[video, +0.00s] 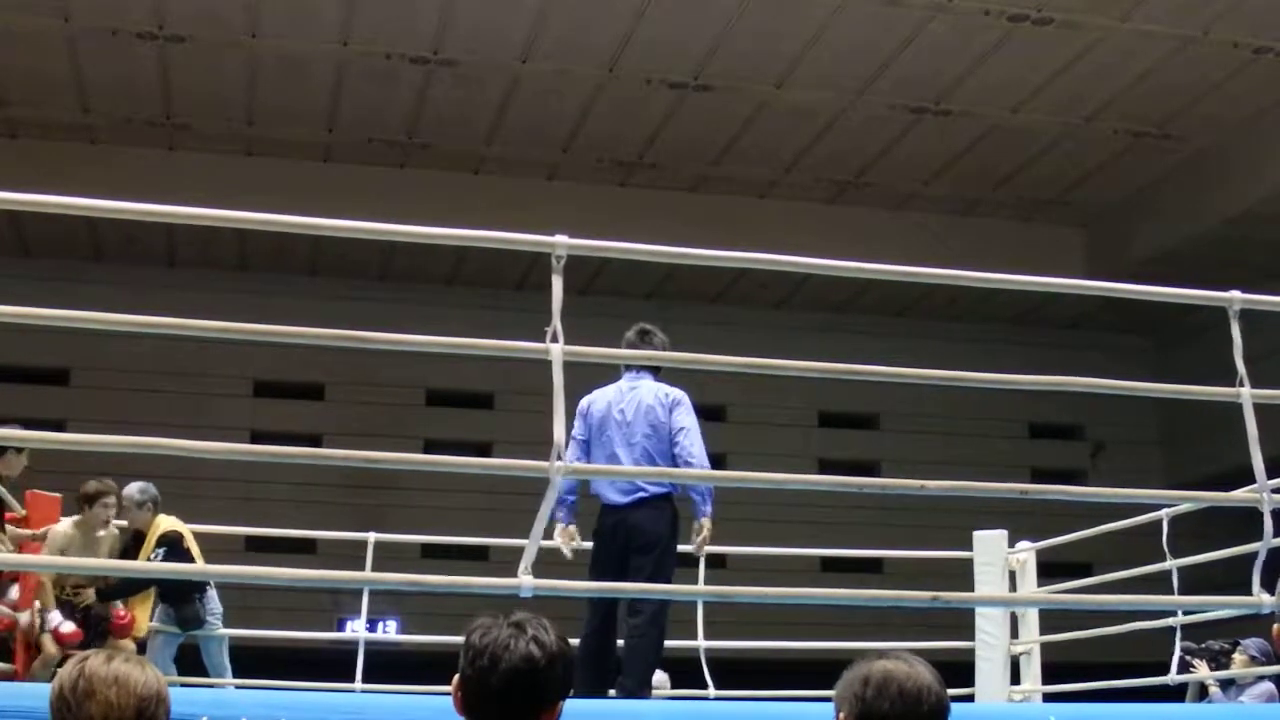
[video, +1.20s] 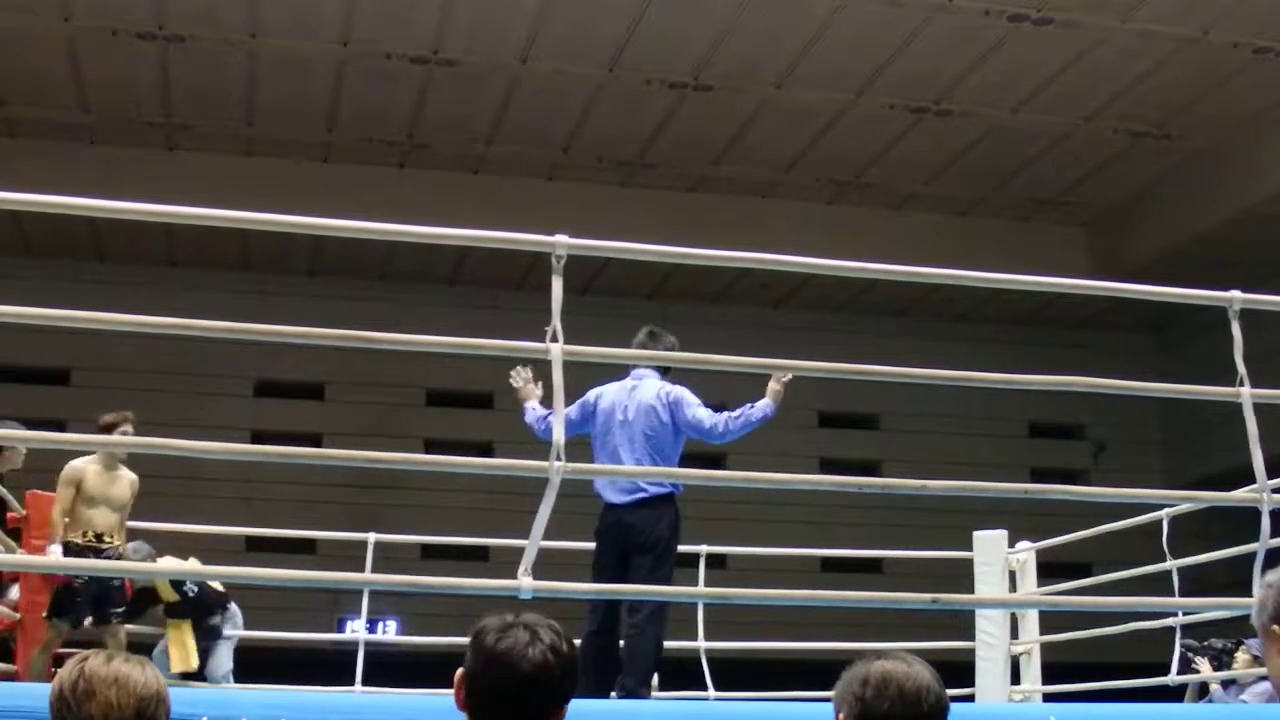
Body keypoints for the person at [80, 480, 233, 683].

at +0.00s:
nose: (123, 514)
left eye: (127, 509)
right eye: (123, 509)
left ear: (148, 509)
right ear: (145, 510)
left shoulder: (170, 534)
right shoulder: (138, 535)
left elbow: (146, 579)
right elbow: (122, 568)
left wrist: (99, 595)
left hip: (201, 600)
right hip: (170, 603)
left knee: (218, 666)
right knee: (157, 658)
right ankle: (174, 711)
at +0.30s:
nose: (130, 511)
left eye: (135, 505)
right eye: (129, 506)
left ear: (155, 504)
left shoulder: (175, 529)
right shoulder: (144, 535)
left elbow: (167, 571)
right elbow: (126, 568)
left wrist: (130, 579)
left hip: (203, 601)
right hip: (171, 604)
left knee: (219, 666)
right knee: (156, 658)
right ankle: (179, 708)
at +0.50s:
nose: (131, 523)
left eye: (134, 517)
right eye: (130, 518)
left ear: (154, 516)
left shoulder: (177, 536)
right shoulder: (145, 544)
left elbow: (186, 579)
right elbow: (144, 582)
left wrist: (150, 567)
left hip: (203, 603)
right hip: (172, 605)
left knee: (218, 665)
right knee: (156, 657)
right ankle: (174, 706)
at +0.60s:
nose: (130, 531)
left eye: (135, 526)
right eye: (129, 526)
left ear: (155, 524)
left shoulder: (176, 541)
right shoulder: (144, 549)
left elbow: (201, 587)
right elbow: (136, 581)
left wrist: (156, 577)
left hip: (205, 604)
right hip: (175, 605)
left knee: (219, 667)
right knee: (155, 658)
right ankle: (175, 705)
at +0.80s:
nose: (129, 552)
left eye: (134, 547)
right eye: (128, 547)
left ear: (153, 542)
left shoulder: (178, 555)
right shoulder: (144, 561)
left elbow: (205, 594)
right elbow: (133, 595)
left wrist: (164, 591)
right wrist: (106, 612)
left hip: (209, 609)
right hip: (179, 611)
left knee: (216, 670)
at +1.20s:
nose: (131, 575)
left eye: (135, 568)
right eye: (129, 569)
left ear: (149, 561)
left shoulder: (170, 568)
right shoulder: (151, 579)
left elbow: (204, 604)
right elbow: (140, 603)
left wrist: (167, 610)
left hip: (223, 615)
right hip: (190, 617)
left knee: (216, 672)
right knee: (161, 658)